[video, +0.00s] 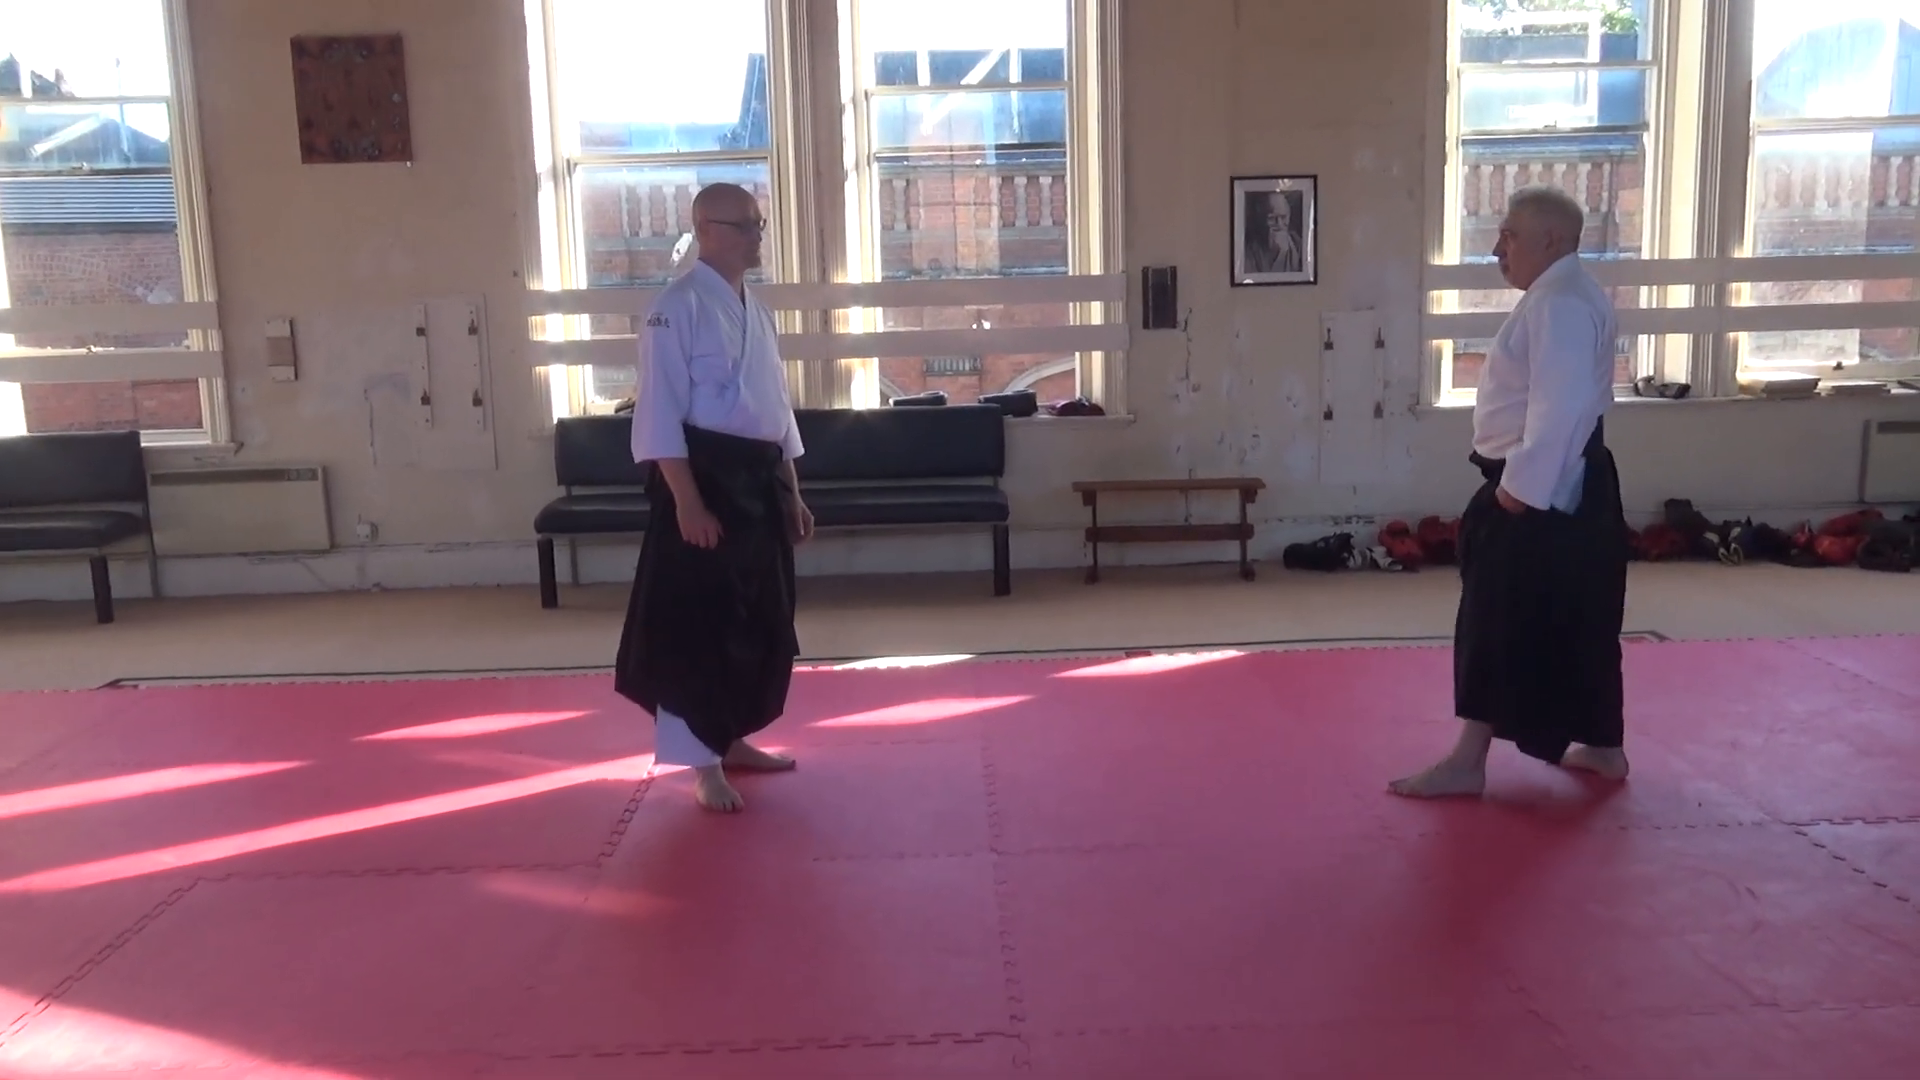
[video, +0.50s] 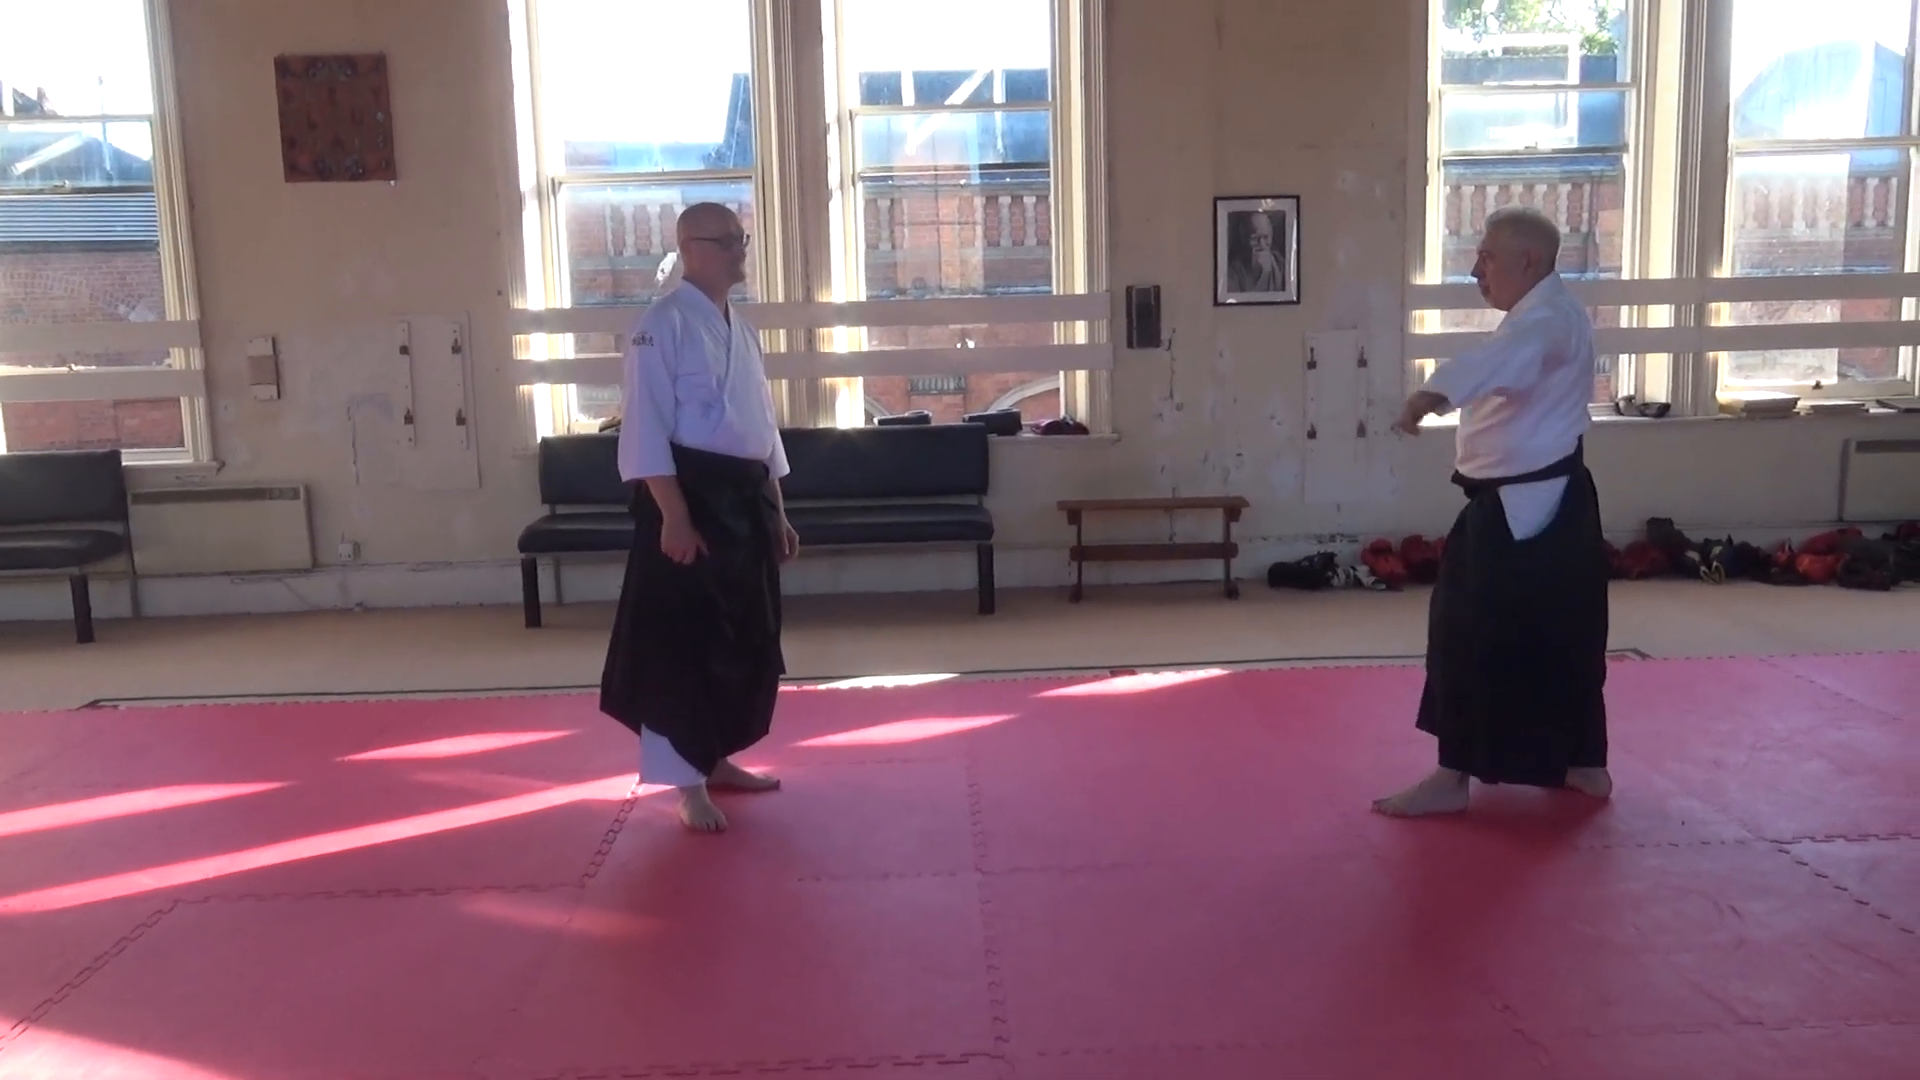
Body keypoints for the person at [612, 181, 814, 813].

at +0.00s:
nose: (757, 235)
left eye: (758, 225)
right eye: (743, 225)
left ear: (751, 231)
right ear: (704, 228)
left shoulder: (755, 307)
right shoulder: (676, 302)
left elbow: (775, 402)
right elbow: (658, 410)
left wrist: (791, 487)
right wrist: (686, 499)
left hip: (758, 472)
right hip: (699, 474)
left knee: (752, 608)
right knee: (698, 615)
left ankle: (731, 739)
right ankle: (704, 761)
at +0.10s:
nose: (751, 238)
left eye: (753, 228)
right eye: (737, 228)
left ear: (750, 233)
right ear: (698, 231)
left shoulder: (750, 311)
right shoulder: (672, 306)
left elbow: (771, 406)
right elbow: (654, 415)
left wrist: (787, 492)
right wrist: (682, 503)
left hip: (754, 476)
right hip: (695, 478)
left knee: (749, 612)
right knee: (694, 618)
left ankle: (727, 742)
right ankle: (699, 763)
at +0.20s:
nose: (747, 241)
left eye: (749, 230)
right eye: (733, 231)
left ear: (746, 237)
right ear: (695, 236)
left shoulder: (747, 315)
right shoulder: (668, 310)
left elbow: (767, 410)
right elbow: (651, 420)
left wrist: (784, 496)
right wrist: (679, 508)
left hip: (752, 480)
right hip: (692, 482)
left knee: (748, 617)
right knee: (691, 622)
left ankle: (724, 746)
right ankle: (696, 768)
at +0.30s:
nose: (746, 246)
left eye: (748, 235)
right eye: (731, 236)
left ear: (745, 242)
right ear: (693, 240)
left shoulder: (745, 319)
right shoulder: (668, 314)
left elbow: (766, 415)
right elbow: (650, 423)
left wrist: (782, 500)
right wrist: (677, 511)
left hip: (749, 484)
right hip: (691, 486)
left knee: (744, 620)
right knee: (688, 627)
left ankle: (723, 751)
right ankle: (694, 772)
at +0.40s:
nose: (742, 247)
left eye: (744, 237)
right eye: (727, 237)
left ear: (742, 244)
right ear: (689, 243)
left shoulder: (743, 323)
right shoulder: (664, 318)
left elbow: (762, 417)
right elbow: (646, 424)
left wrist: (779, 503)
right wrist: (675, 511)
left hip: (746, 489)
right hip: (688, 490)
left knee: (739, 624)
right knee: (684, 631)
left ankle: (718, 755)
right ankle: (691, 777)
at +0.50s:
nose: (740, 250)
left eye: (741, 240)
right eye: (724, 241)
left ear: (740, 247)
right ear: (687, 248)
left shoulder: (741, 328)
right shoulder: (662, 321)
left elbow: (761, 422)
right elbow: (644, 426)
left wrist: (777, 507)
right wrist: (674, 512)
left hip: (743, 492)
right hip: (684, 494)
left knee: (737, 628)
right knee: (682, 635)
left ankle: (715, 758)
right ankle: (688, 781)